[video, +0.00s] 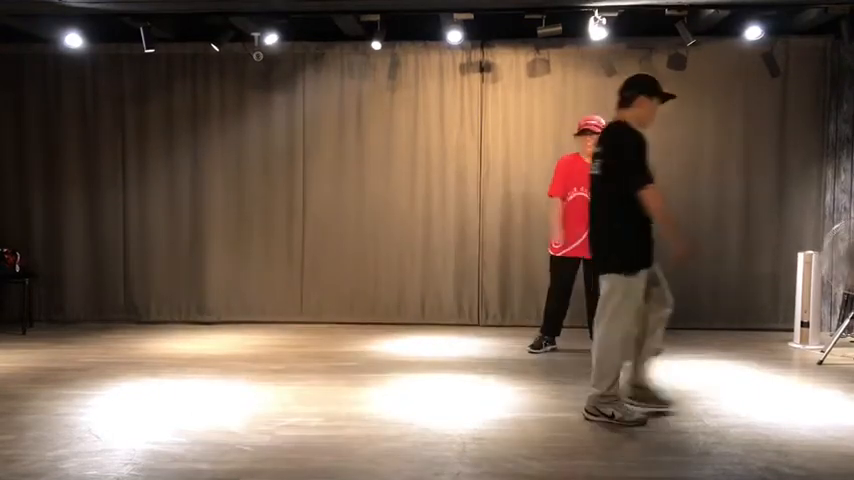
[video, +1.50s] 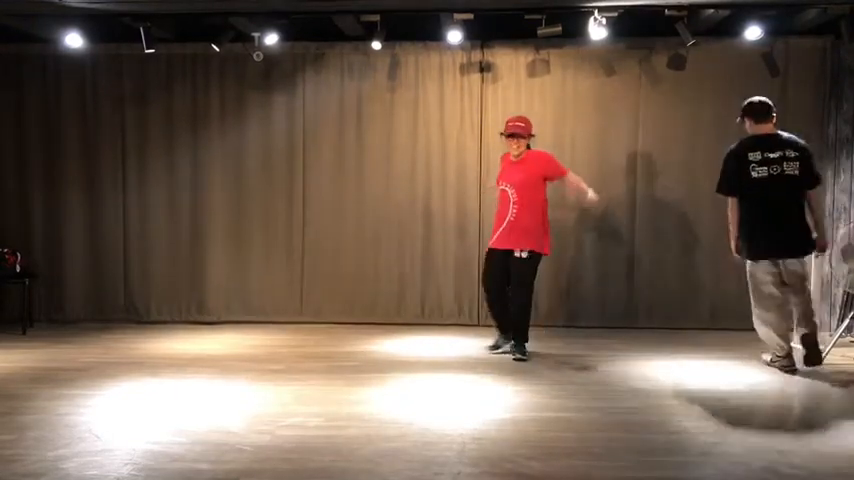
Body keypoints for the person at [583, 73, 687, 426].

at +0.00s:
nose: (657, 112)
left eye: (658, 105)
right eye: (655, 105)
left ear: (630, 102)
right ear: (639, 102)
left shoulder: (613, 136)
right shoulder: (627, 137)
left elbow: (611, 198)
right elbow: (646, 193)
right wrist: (676, 238)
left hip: (626, 250)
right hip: (623, 252)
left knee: (658, 307)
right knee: (616, 323)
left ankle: (636, 384)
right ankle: (601, 398)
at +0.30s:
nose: (716, 109)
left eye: (715, 103)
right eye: (713, 103)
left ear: (684, 106)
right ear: (702, 104)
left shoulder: (669, 140)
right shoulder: (706, 138)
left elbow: (670, 197)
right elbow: (736, 191)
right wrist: (770, 228)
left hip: (673, 243)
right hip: (697, 243)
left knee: (703, 321)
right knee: (699, 318)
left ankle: (726, 395)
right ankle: (636, 376)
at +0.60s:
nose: (761, 111)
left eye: (760, 106)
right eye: (761, 106)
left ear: (728, 106)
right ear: (754, 105)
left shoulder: (705, 142)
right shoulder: (762, 141)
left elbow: (708, 199)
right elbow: (771, 196)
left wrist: (712, 238)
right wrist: (778, 241)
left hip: (716, 247)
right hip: (756, 246)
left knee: (723, 325)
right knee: (783, 316)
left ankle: (729, 395)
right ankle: (794, 386)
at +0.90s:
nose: (796, 115)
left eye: (794, 110)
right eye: (796, 110)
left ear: (765, 111)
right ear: (794, 110)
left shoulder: (743, 145)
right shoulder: (806, 147)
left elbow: (737, 197)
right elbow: (821, 203)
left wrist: (747, 238)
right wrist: (832, 243)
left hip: (757, 247)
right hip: (799, 247)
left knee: (755, 309)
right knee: (806, 319)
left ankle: (758, 354)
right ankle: (806, 384)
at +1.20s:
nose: (793, 122)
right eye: (794, 117)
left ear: (764, 120)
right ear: (794, 117)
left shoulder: (751, 155)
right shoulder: (815, 148)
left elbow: (729, 200)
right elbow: (844, 191)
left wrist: (713, 237)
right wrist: (851, 218)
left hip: (768, 248)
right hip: (810, 246)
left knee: (776, 305)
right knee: (810, 312)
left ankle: (783, 357)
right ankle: (807, 380)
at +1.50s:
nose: (743, 125)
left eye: (742, 121)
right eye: (745, 121)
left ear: (745, 121)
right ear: (775, 118)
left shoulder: (738, 153)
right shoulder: (797, 147)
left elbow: (733, 202)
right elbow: (813, 194)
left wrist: (734, 238)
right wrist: (821, 232)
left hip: (758, 238)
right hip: (794, 235)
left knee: (768, 301)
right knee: (799, 290)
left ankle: (782, 355)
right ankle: (808, 334)